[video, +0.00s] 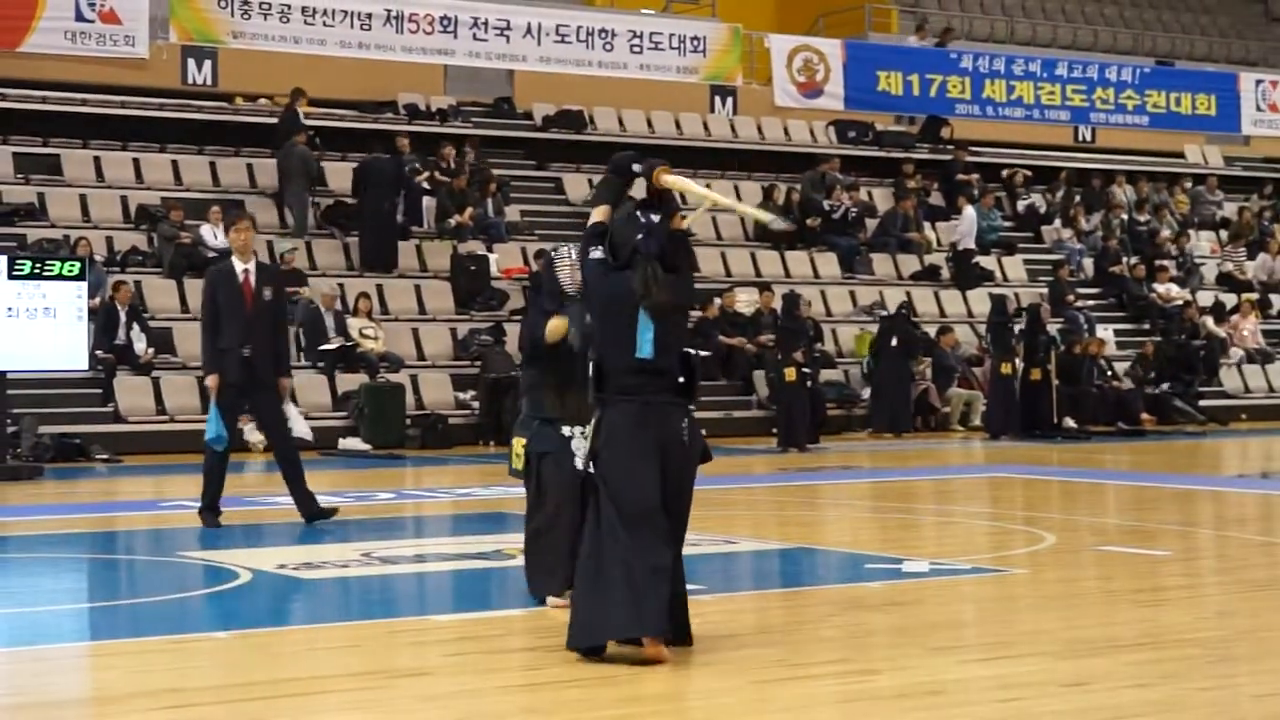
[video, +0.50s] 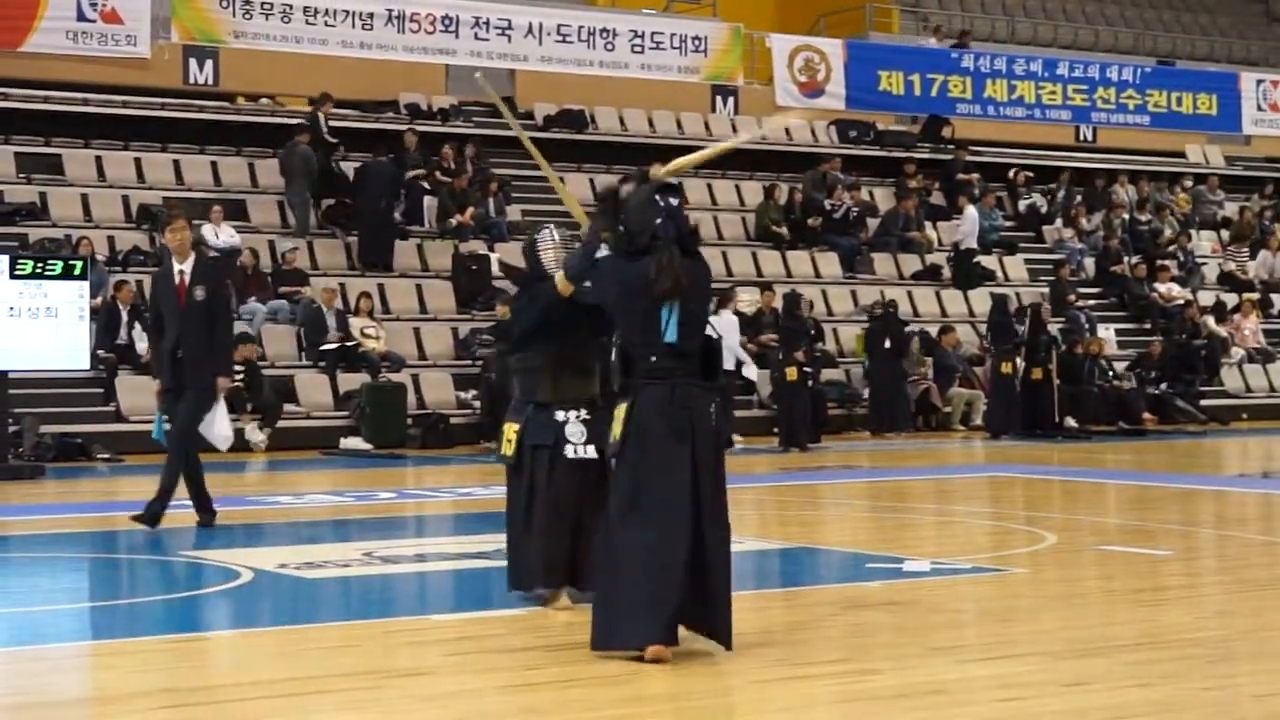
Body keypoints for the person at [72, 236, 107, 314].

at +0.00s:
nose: (84, 249)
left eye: (86, 246)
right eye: (81, 246)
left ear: (90, 248)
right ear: (75, 249)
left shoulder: (97, 267)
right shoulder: (69, 267)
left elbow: (103, 284)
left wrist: (98, 299)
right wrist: (84, 302)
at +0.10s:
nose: (84, 249)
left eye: (86, 246)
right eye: (81, 246)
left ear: (90, 248)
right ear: (75, 249)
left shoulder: (97, 267)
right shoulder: (70, 266)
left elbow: (103, 285)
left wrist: (98, 299)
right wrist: (85, 302)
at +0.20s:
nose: (84, 249)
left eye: (86, 246)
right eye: (81, 246)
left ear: (90, 248)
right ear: (75, 249)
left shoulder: (97, 267)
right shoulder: (70, 266)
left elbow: (103, 285)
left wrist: (98, 299)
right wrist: (84, 302)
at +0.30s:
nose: (85, 249)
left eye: (87, 246)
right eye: (81, 246)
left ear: (91, 248)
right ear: (76, 249)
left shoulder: (98, 267)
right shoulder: (70, 266)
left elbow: (103, 285)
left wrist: (98, 299)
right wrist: (83, 301)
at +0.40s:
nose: (85, 249)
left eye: (87, 246)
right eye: (82, 246)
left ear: (91, 248)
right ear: (76, 248)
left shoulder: (98, 267)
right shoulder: (71, 266)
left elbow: (104, 284)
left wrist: (99, 299)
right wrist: (85, 301)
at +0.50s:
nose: (86, 248)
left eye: (88, 245)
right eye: (83, 246)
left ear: (92, 248)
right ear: (77, 248)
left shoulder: (99, 267)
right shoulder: (71, 266)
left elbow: (105, 284)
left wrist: (99, 299)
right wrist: (85, 301)